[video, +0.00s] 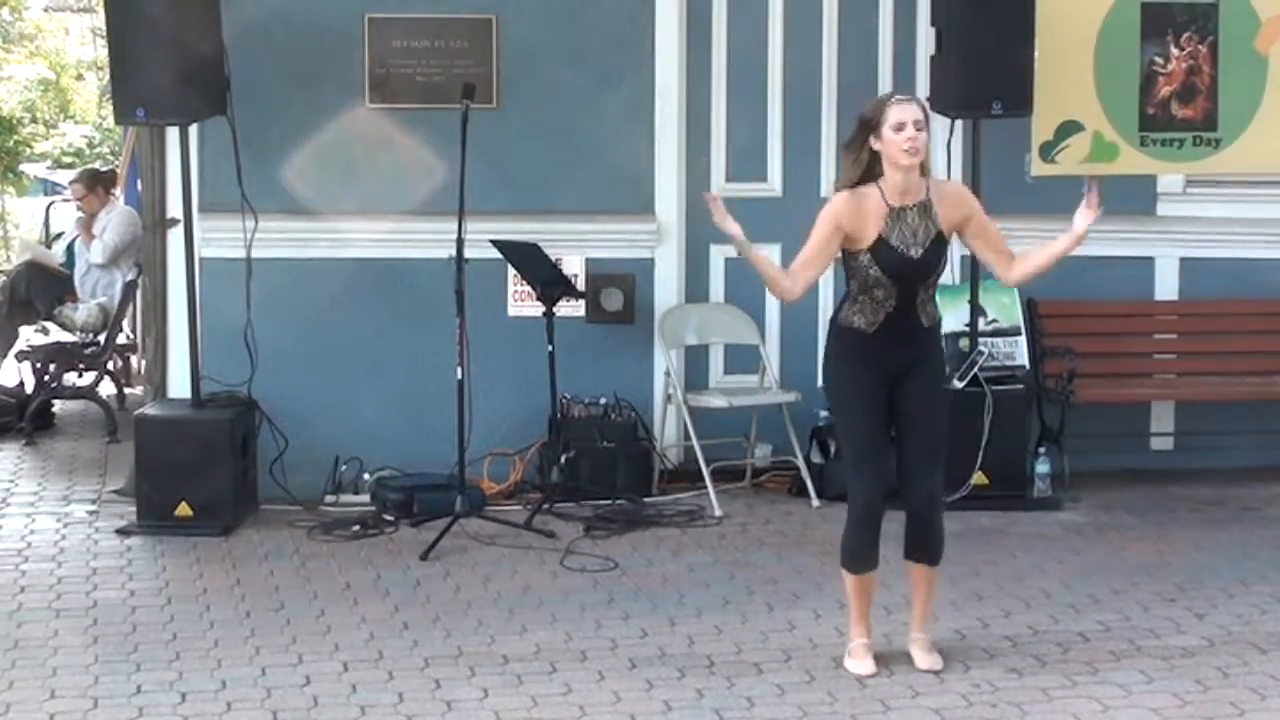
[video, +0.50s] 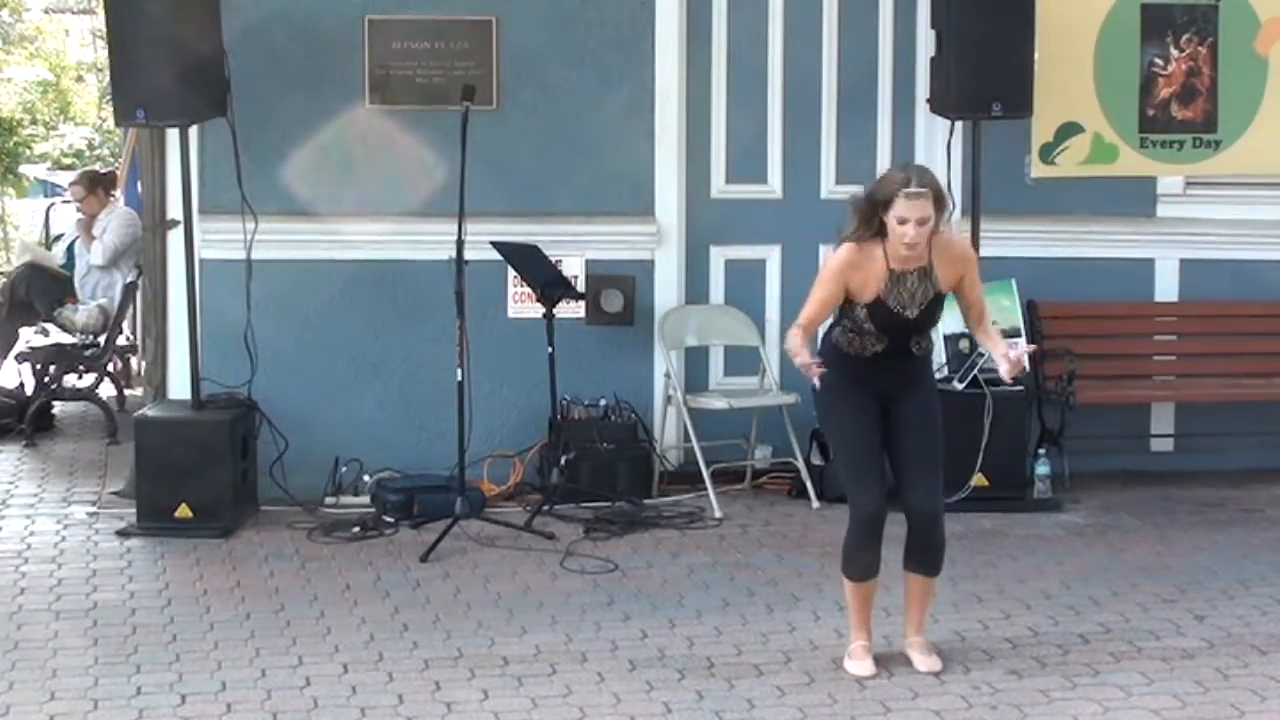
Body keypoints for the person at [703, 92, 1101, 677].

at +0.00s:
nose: (913, 136)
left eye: (920, 127)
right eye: (901, 128)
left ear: (930, 137)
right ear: (876, 140)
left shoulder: (953, 199)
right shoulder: (849, 206)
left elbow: (1012, 269)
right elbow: (791, 287)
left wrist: (1072, 236)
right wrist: (743, 242)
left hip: (920, 357)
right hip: (854, 358)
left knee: (926, 492)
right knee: (869, 490)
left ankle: (920, 633)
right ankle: (859, 637)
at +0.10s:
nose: (914, 154)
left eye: (922, 144)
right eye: (902, 145)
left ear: (933, 153)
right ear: (879, 154)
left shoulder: (953, 210)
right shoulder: (850, 217)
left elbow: (1005, 283)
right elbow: (796, 301)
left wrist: (1069, 263)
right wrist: (753, 265)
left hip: (918, 362)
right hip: (854, 364)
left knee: (925, 497)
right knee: (869, 495)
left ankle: (918, 634)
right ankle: (860, 638)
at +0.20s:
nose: (914, 173)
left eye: (923, 164)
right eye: (903, 164)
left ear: (934, 169)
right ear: (881, 170)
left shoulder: (954, 223)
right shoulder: (851, 228)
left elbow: (995, 299)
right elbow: (801, 313)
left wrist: (1054, 294)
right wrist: (769, 293)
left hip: (916, 368)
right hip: (852, 369)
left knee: (925, 499)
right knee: (869, 497)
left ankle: (919, 635)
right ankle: (859, 639)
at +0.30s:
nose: (915, 193)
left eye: (924, 183)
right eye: (904, 183)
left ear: (936, 185)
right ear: (882, 185)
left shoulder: (953, 233)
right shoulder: (851, 239)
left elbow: (987, 308)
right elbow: (804, 321)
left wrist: (1041, 318)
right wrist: (781, 316)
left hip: (914, 370)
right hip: (849, 371)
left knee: (926, 498)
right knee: (869, 497)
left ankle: (918, 635)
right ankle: (859, 639)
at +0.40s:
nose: (913, 215)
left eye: (923, 204)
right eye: (902, 204)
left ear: (936, 203)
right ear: (882, 202)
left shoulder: (955, 247)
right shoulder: (850, 251)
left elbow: (983, 314)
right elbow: (807, 321)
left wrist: (1024, 339)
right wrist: (793, 334)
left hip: (913, 374)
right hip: (848, 375)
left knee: (926, 506)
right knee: (869, 503)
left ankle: (916, 636)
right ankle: (860, 640)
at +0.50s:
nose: (912, 233)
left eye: (922, 222)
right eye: (902, 222)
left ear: (937, 218)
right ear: (883, 217)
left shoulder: (956, 255)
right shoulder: (850, 260)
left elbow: (979, 320)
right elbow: (801, 329)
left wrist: (1002, 352)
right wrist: (804, 355)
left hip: (913, 377)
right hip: (848, 379)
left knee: (926, 504)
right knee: (869, 502)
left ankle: (916, 637)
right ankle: (859, 640)